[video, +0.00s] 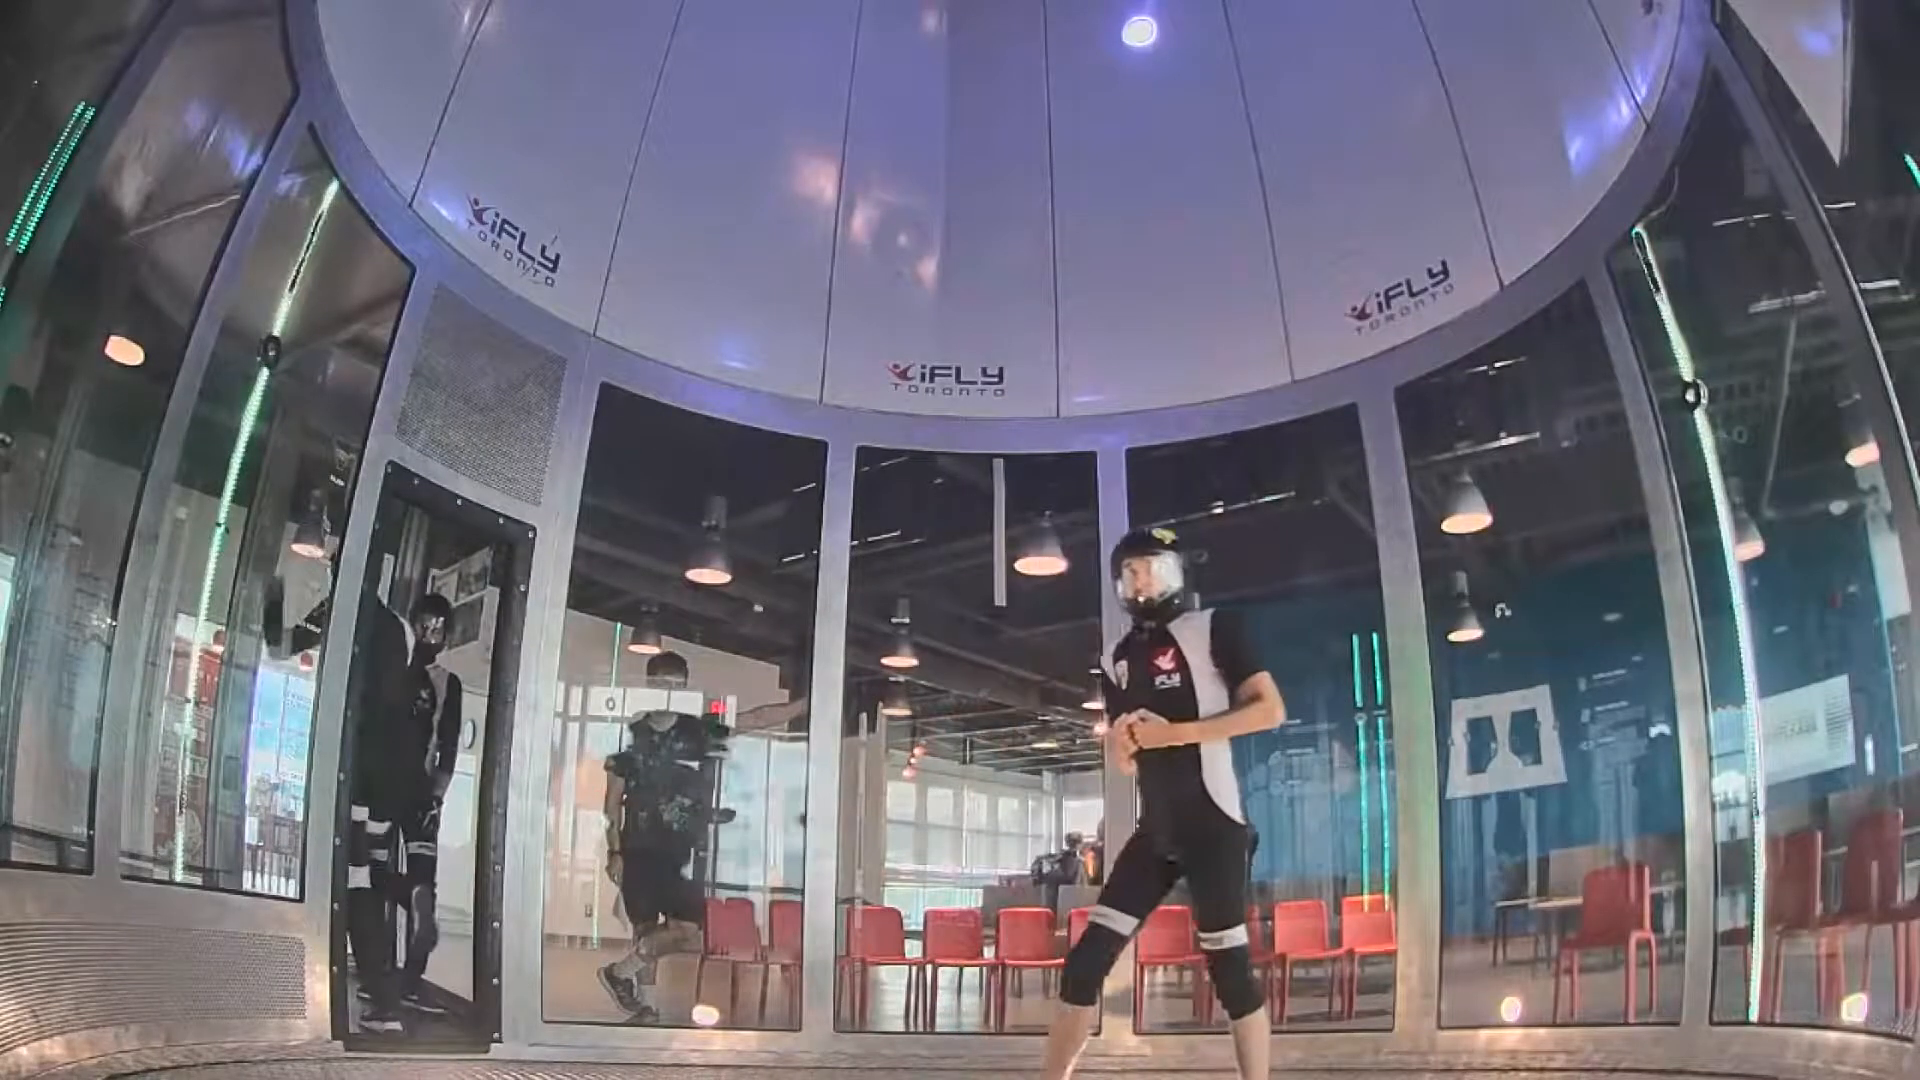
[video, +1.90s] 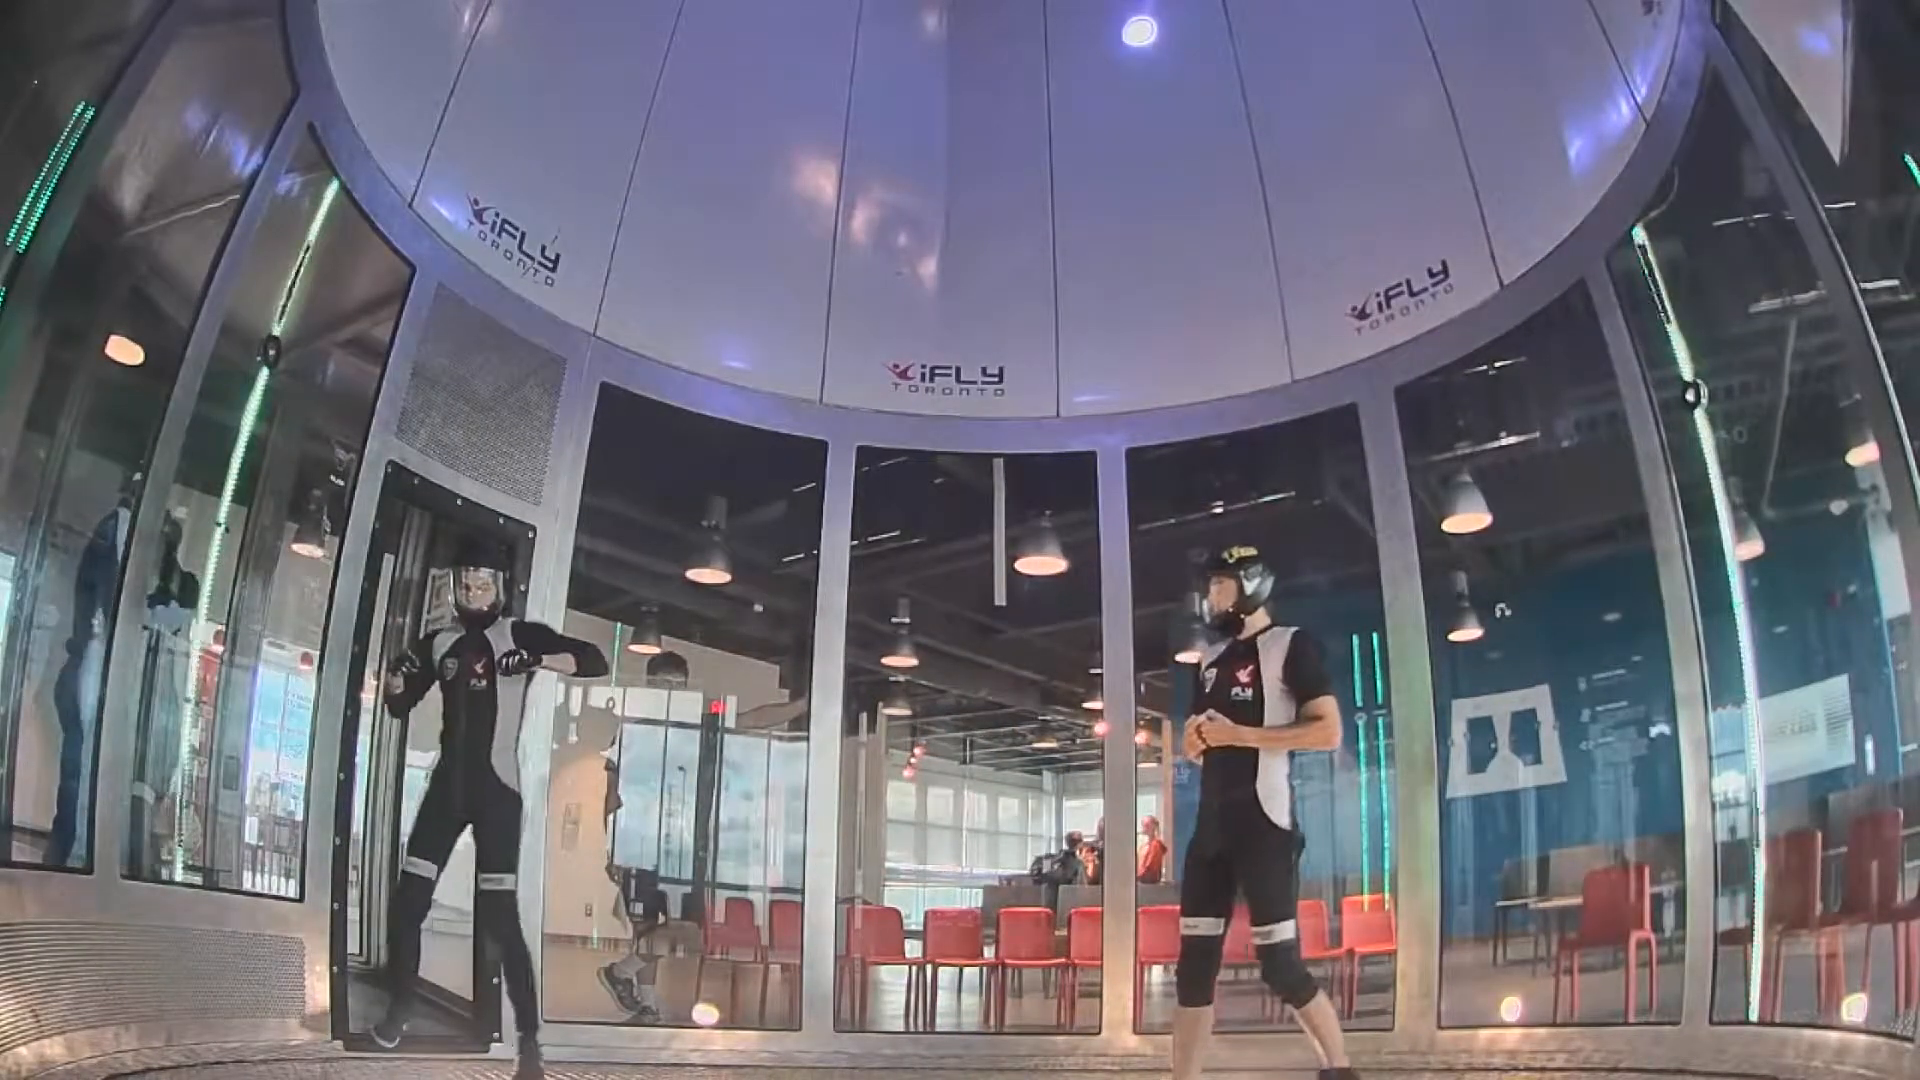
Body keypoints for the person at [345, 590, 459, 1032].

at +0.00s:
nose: (430, 635)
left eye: (438, 628)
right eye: (424, 626)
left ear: (446, 634)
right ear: (410, 627)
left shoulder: (448, 683)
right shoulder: (393, 673)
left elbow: (449, 743)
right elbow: (376, 731)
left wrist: (437, 794)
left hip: (421, 796)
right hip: (383, 791)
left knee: (420, 896)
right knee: (381, 892)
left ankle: (412, 978)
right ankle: (378, 978)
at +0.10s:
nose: (432, 632)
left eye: (439, 627)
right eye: (426, 624)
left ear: (446, 632)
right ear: (412, 624)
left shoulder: (449, 683)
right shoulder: (388, 671)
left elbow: (451, 746)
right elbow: (366, 725)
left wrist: (436, 796)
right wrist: (363, 781)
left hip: (422, 796)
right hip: (380, 789)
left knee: (423, 888)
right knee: (377, 886)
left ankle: (416, 981)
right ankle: (375, 976)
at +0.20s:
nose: (433, 630)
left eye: (441, 625)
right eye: (427, 621)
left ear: (450, 632)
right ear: (414, 622)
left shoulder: (452, 684)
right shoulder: (391, 664)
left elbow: (453, 748)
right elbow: (360, 708)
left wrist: (440, 795)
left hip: (423, 793)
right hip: (379, 786)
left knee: (425, 889)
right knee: (375, 887)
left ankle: (420, 983)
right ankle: (376, 989)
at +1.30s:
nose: (441, 591)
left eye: (450, 585)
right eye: (434, 582)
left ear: (461, 593)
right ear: (420, 585)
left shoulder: (471, 653)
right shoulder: (389, 634)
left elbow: (473, 722)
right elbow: (353, 697)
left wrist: (458, 762)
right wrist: (382, 712)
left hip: (437, 779)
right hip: (387, 772)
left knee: (442, 896)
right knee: (380, 884)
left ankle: (414, 979)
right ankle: (385, 996)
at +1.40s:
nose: (443, 587)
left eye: (452, 580)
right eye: (435, 577)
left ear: (464, 587)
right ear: (421, 581)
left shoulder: (475, 645)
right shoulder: (389, 633)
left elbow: (490, 717)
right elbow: (355, 702)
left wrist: (459, 703)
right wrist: (391, 673)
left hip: (439, 776)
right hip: (387, 771)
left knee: (445, 891)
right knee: (381, 883)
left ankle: (419, 994)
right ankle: (387, 1000)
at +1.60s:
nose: (449, 581)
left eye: (458, 573)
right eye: (442, 572)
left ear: (473, 578)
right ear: (430, 576)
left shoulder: (492, 631)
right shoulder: (406, 623)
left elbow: (547, 684)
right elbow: (358, 692)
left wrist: (497, 665)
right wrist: (389, 642)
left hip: (453, 773)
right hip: (398, 768)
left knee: (449, 901)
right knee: (387, 893)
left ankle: (456, 1016)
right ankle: (386, 1010)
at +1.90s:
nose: (473, 591)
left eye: (484, 583)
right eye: (466, 581)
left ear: (502, 588)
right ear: (456, 584)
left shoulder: (523, 634)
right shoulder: (438, 640)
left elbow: (596, 661)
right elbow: (403, 706)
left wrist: (536, 658)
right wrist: (394, 688)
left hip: (500, 791)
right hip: (447, 787)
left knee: (501, 918)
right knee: (407, 905)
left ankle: (528, 1041)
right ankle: (400, 1011)